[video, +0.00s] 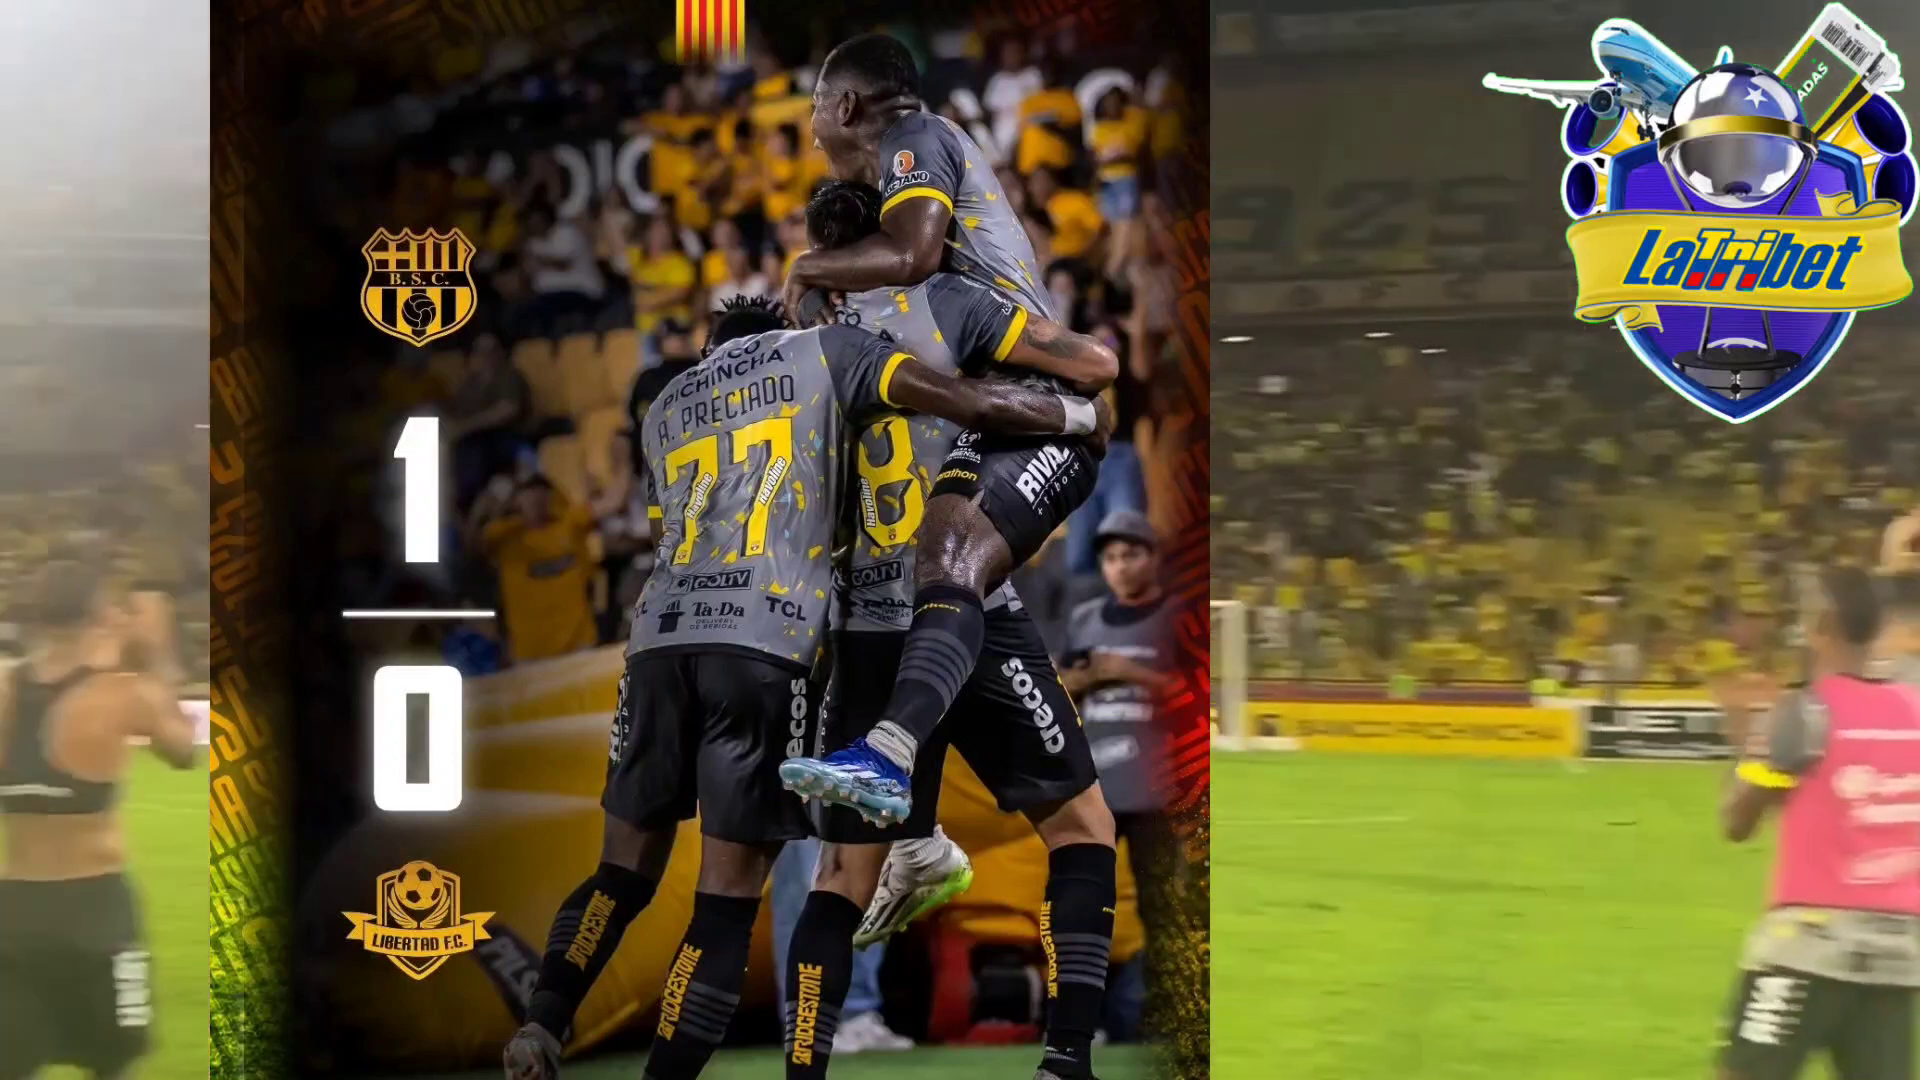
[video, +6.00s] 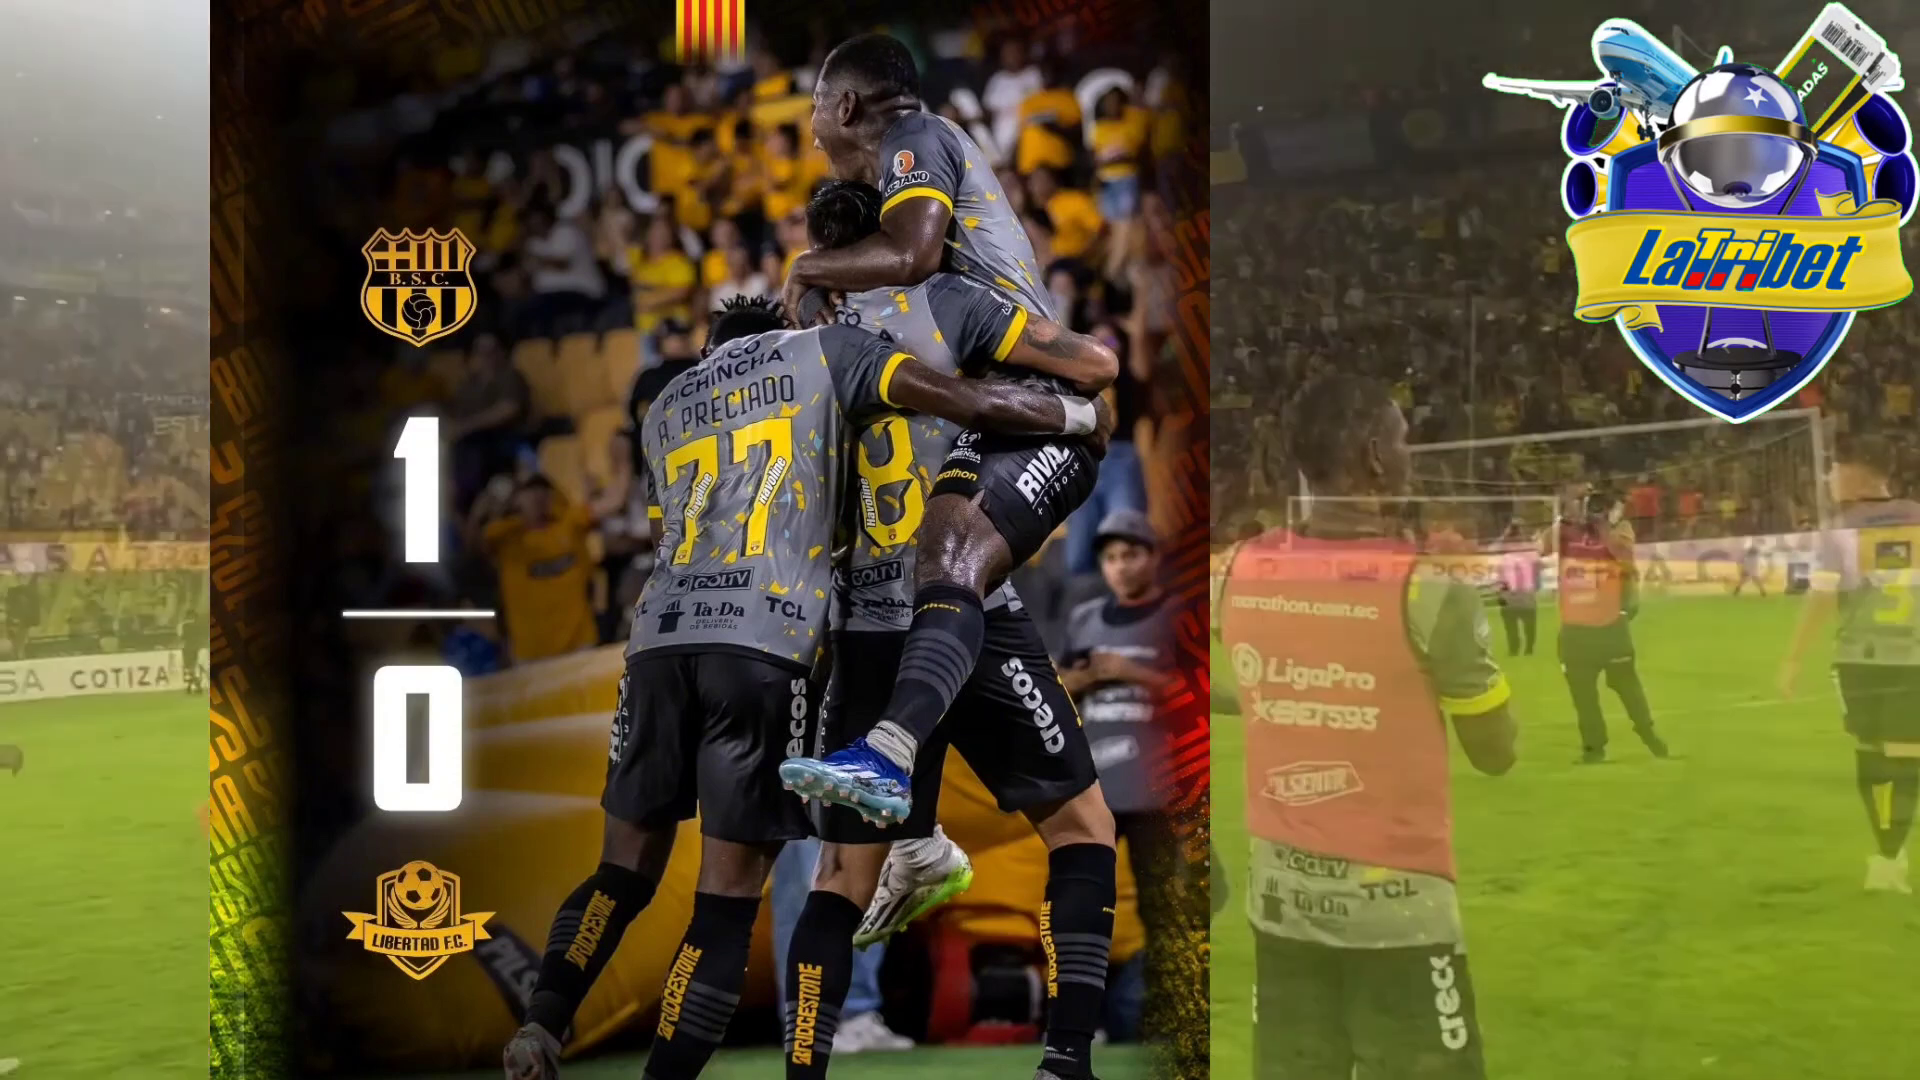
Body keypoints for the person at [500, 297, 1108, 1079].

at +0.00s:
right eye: (804, 317)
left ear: (708, 345)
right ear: (787, 323)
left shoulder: (661, 407)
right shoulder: (830, 348)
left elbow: (679, 519)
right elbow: (972, 400)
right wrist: (1089, 418)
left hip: (657, 648)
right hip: (761, 648)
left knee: (623, 867)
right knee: (727, 893)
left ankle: (543, 1026)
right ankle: (667, 1075)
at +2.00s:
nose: (824, 324)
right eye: (812, 317)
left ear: (708, 346)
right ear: (791, 323)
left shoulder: (659, 403)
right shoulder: (831, 348)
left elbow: (677, 520)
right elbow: (971, 400)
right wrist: (1088, 417)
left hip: (657, 648)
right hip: (761, 648)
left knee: (623, 865)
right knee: (727, 892)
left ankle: (541, 1027)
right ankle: (667, 1075)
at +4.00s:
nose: (826, 326)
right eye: (814, 319)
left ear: (709, 346)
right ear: (792, 324)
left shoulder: (660, 405)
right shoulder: (830, 348)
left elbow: (680, 521)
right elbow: (970, 400)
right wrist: (1088, 417)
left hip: (657, 648)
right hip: (762, 649)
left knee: (623, 865)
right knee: (727, 892)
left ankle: (542, 1028)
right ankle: (667, 1075)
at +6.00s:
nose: (828, 326)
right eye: (816, 319)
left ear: (709, 345)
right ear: (792, 324)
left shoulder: (661, 406)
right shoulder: (829, 348)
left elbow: (681, 519)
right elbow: (969, 399)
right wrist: (1087, 418)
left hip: (657, 648)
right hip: (762, 648)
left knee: (623, 866)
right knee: (728, 891)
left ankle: (542, 1027)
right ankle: (667, 1076)